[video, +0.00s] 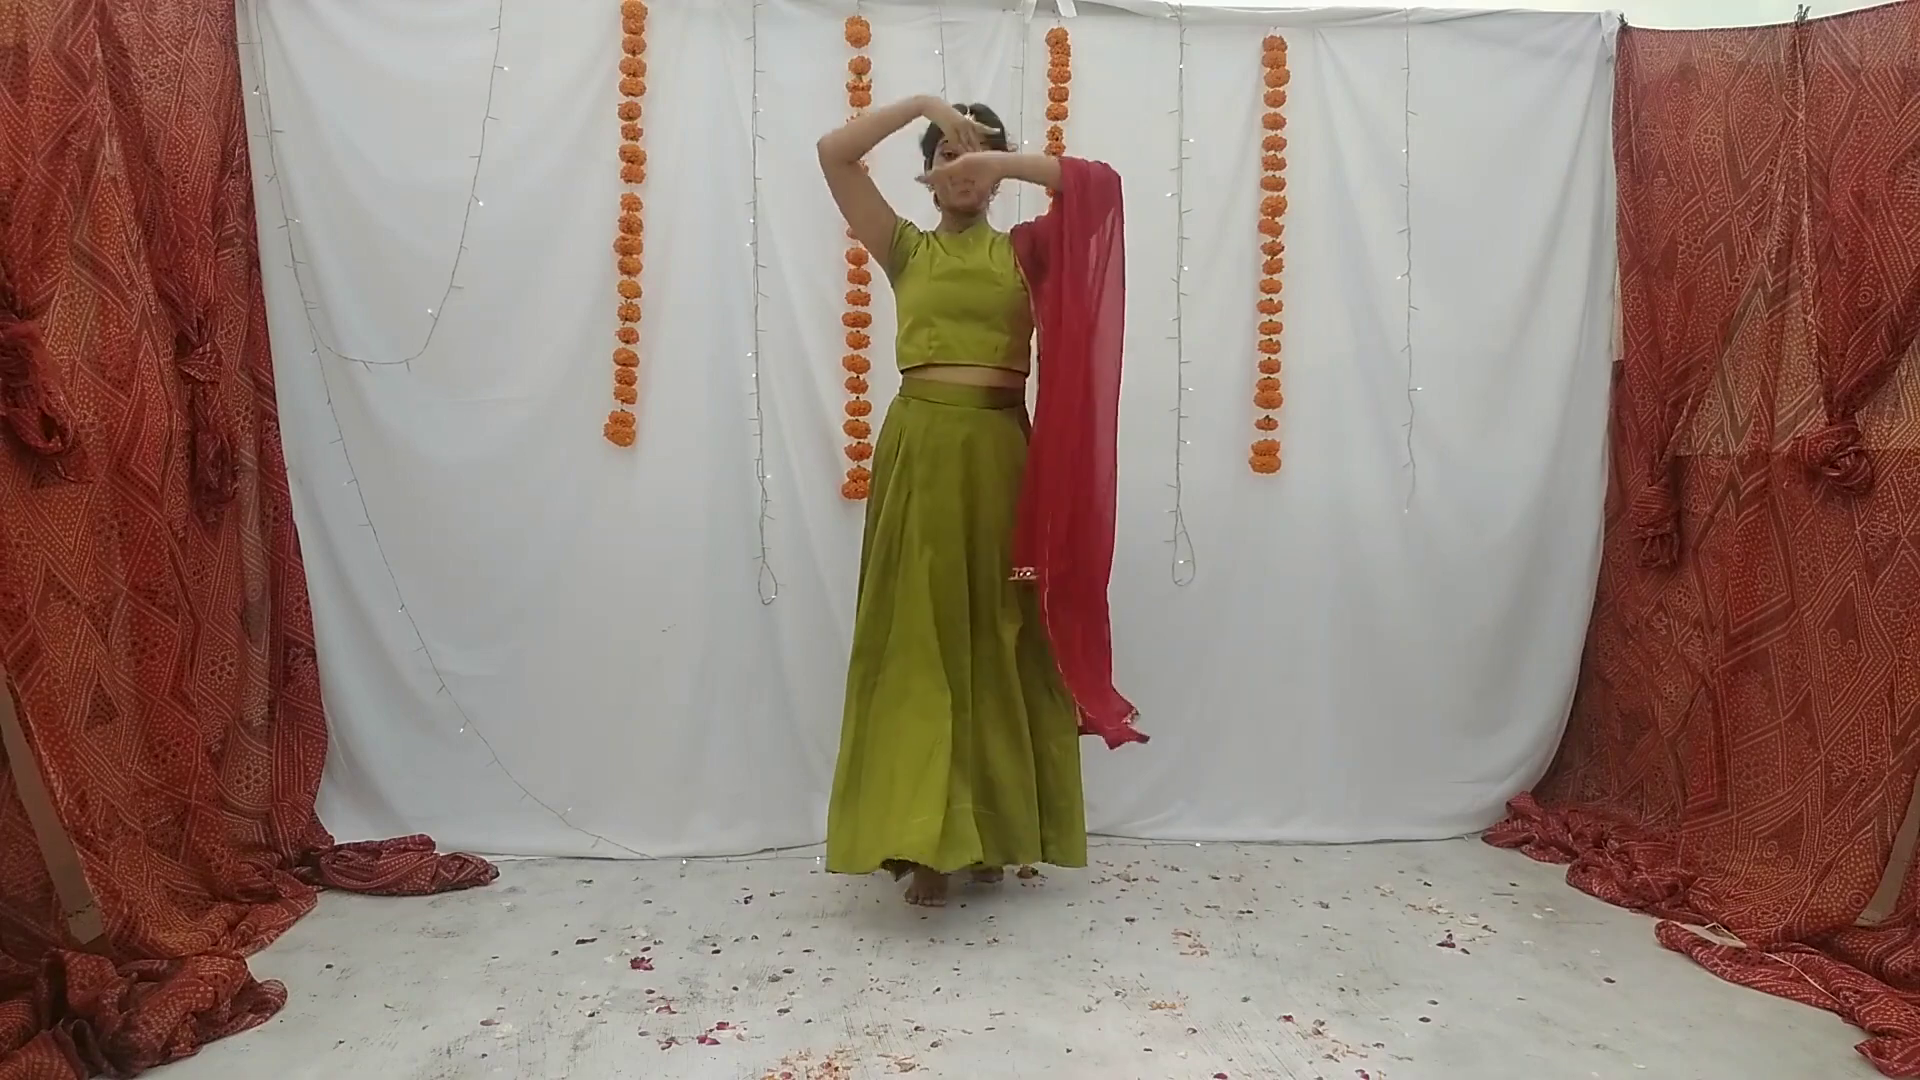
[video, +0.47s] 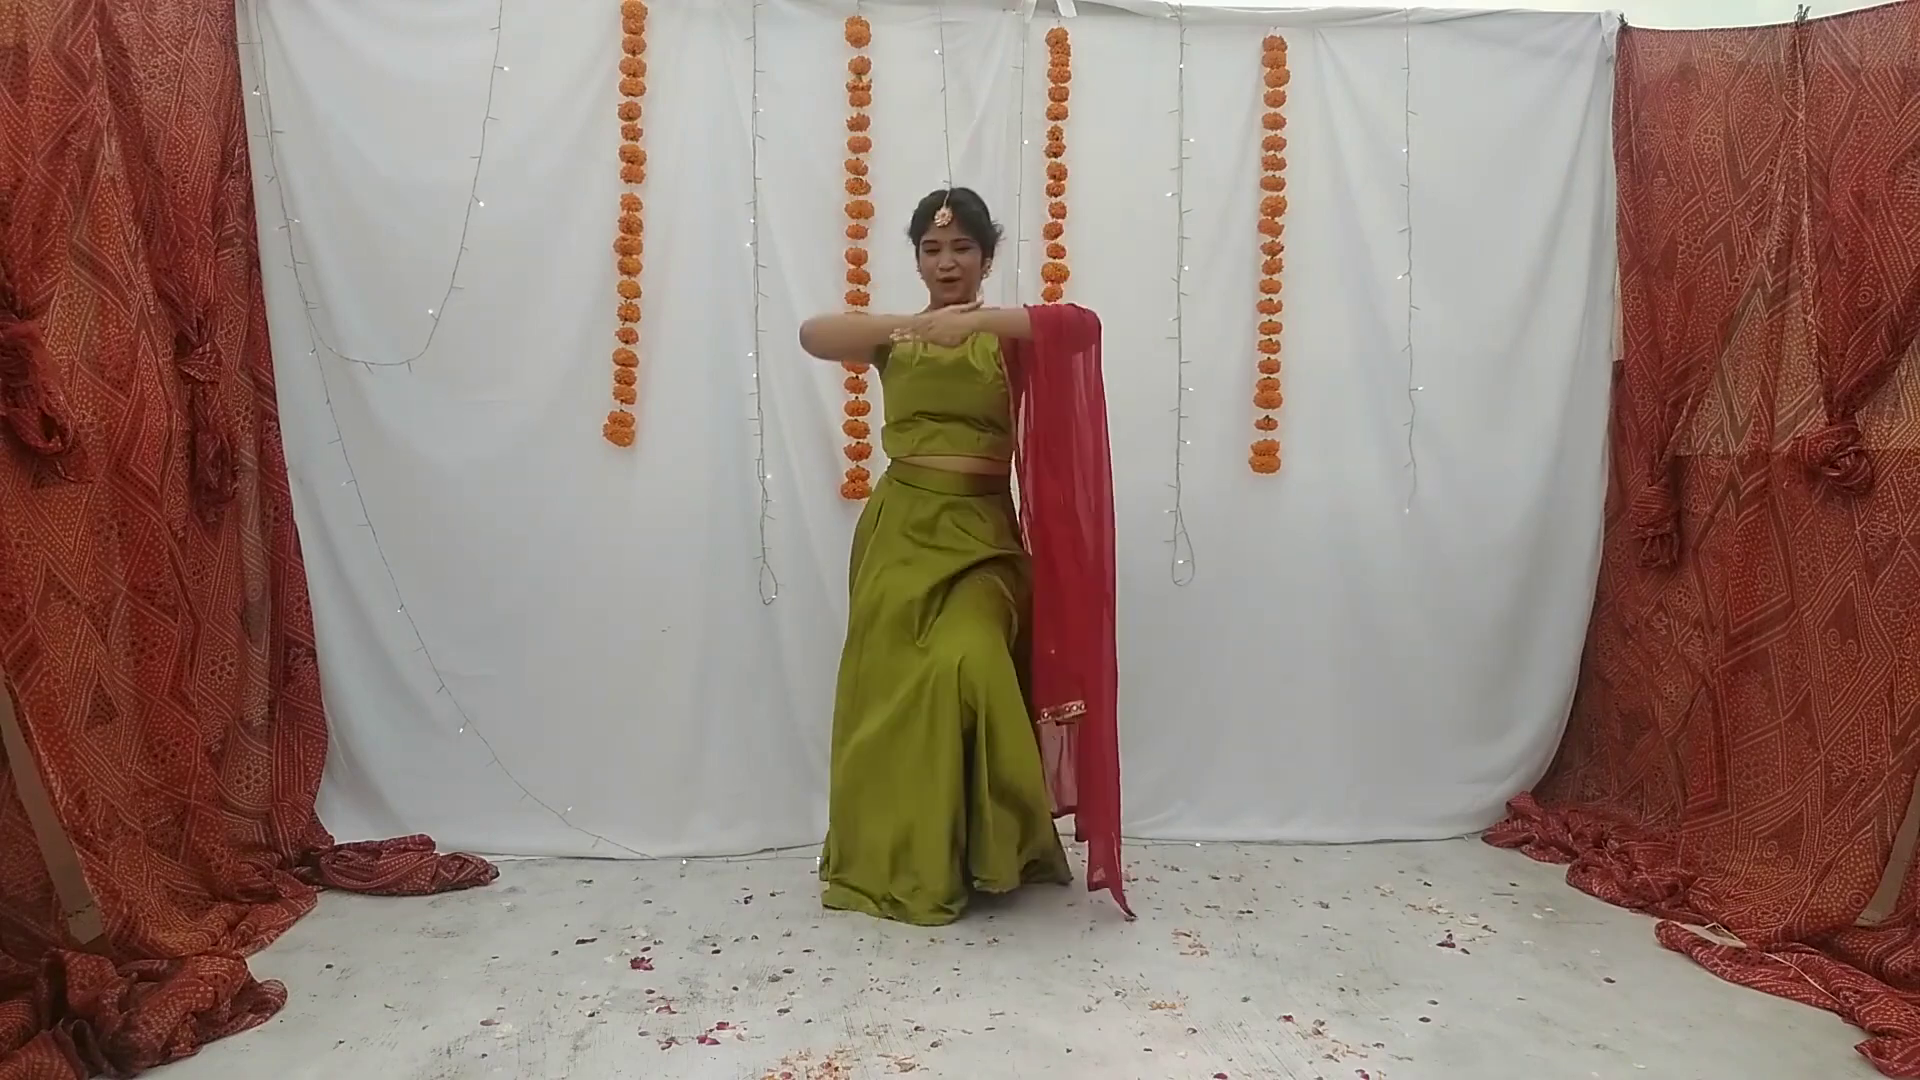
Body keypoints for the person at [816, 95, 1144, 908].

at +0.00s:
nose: (961, 165)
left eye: (976, 156)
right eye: (948, 155)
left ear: (998, 175)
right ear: (927, 170)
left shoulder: (1025, 250)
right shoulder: (906, 246)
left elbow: (1098, 187)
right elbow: (834, 153)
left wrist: (995, 158)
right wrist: (917, 102)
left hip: (998, 447)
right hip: (918, 442)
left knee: (995, 636)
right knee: (919, 636)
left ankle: (993, 825)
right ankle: (923, 836)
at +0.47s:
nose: (943, 257)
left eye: (958, 245)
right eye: (932, 247)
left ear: (986, 254)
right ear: (917, 257)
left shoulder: (1010, 332)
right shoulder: (895, 337)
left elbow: (1074, 327)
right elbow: (813, 334)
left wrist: (978, 320)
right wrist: (903, 327)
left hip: (980, 530)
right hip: (897, 527)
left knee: (968, 657)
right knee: (886, 682)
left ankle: (991, 849)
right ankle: (892, 860)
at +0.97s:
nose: (968, 166)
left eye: (985, 153)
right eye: (953, 152)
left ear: (1008, 161)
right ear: (933, 161)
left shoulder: (1041, 240)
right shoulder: (908, 241)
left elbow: (1109, 141)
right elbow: (826, 263)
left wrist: (1005, 88)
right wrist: (933, 291)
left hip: (1003, 459)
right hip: (914, 455)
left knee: (996, 657)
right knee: (908, 650)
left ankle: (979, 865)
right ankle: (910, 847)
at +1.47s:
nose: (993, 153)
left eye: (1010, 139)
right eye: (976, 136)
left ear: (1033, 151)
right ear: (952, 144)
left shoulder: (1052, 242)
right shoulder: (920, 231)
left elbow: (1136, 225)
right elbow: (857, 119)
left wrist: (1007, 228)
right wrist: (956, 95)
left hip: (1027, 462)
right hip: (938, 455)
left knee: (1007, 667)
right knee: (928, 666)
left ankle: (986, 874)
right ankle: (914, 909)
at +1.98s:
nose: (1019, 174)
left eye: (1037, 160)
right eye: (1001, 158)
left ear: (1059, 176)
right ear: (975, 171)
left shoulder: (1089, 264)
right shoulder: (948, 271)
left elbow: (1163, 158)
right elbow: (841, 256)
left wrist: (1054, 119)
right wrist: (956, 265)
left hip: (1060, 496)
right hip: (959, 491)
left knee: (1066, 715)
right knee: (950, 713)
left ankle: (1083, 932)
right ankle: (933, 938)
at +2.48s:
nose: (1006, 127)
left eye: (1022, 112)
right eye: (987, 114)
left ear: (1052, 130)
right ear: (960, 139)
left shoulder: (1096, 234)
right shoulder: (941, 252)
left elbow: (1193, 309)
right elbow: (845, 369)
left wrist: (1108, 223)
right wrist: (904, 265)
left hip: (1086, 495)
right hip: (972, 492)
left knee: (1085, 732)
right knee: (969, 730)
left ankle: (1086, 984)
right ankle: (965, 975)